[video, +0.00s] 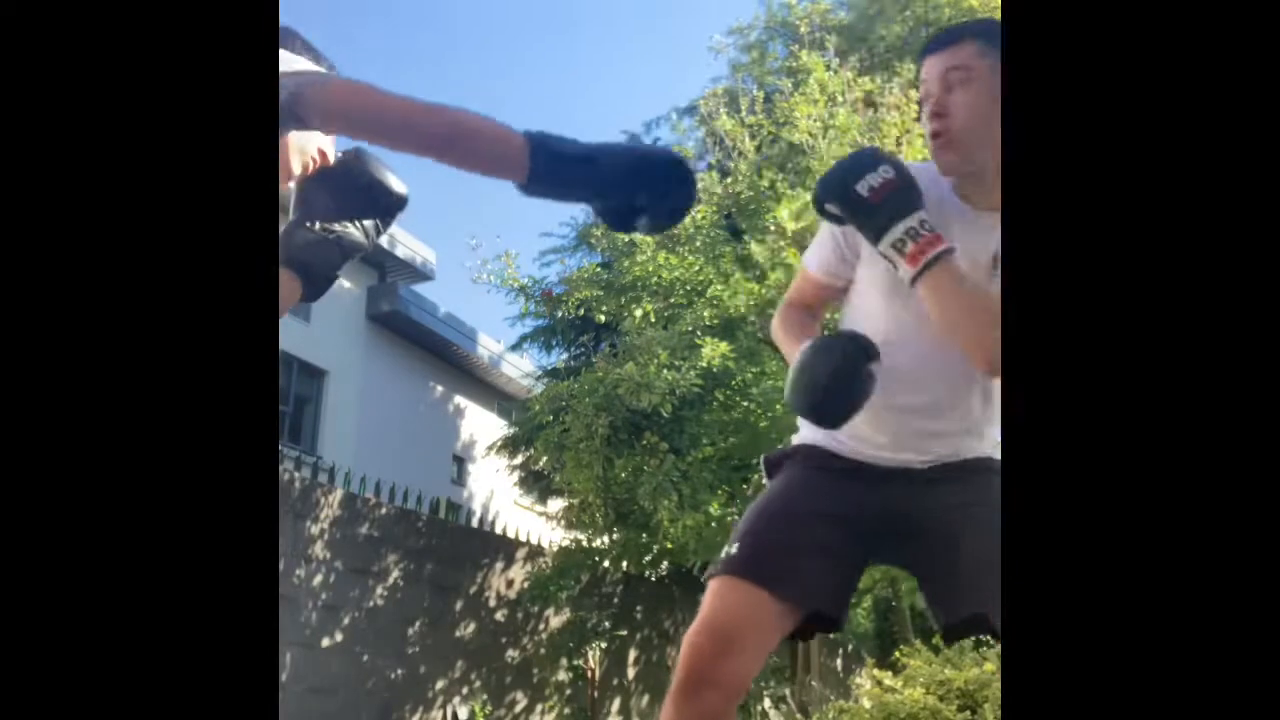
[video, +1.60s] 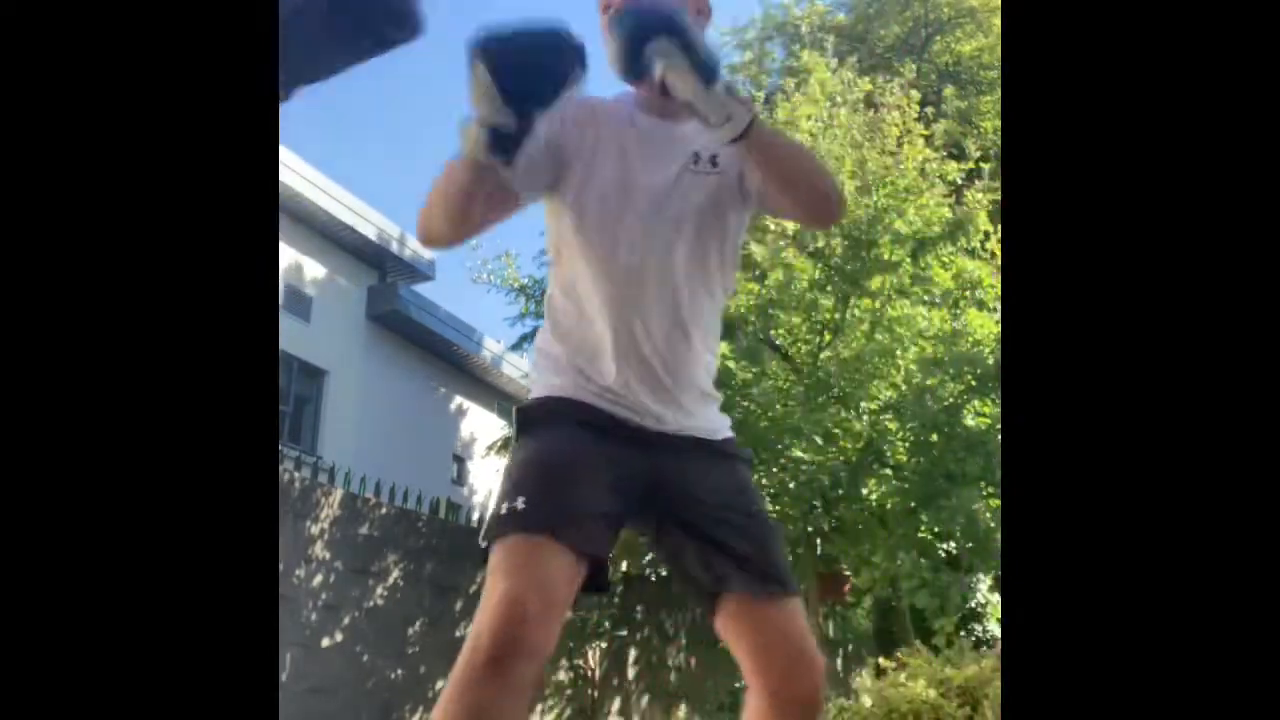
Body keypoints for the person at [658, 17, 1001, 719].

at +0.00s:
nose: (932, 105)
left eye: (956, 82)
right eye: (925, 90)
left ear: (1007, 94)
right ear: (920, 107)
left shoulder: (1002, 217)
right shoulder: (882, 194)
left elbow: (992, 349)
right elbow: (795, 311)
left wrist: (908, 234)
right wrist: (808, 356)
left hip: (966, 472)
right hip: (834, 464)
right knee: (711, 654)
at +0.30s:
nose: (825, 80)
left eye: (849, 55)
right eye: (823, 65)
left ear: (918, 65)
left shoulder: (979, 185)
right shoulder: (797, 203)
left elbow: (943, 278)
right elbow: (757, 354)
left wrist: (816, 185)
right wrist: (728, 323)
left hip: (934, 467)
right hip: (799, 462)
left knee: (1003, 648)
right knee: (675, 662)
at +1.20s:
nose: (825, 40)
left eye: (849, 20)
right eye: (820, 30)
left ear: (912, 33)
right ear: (813, 53)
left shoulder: (964, 167)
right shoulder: (778, 159)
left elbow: (968, 262)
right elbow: (697, 319)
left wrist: (838, 172)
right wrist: (710, 274)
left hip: (900, 443)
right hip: (766, 430)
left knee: (1003, 678)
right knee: (663, 674)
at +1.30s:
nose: (787, 54)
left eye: (813, 32)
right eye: (780, 41)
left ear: (874, 51)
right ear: (771, 63)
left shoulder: (922, 165)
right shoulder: (737, 176)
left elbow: (972, 230)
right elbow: (646, 312)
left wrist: (814, 155)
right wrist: (639, 239)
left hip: (884, 455)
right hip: (747, 442)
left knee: (995, 677)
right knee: (624, 632)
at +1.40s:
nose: (698, 25)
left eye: (722, 6)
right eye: (692, 13)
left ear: (784, 21)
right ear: (689, 37)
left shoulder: (845, 142)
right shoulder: (664, 134)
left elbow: (964, 162)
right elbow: (500, 177)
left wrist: (868, 73)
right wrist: (470, 59)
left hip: (828, 451)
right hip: (692, 440)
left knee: (937, 685)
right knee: (591, 653)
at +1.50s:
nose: (632, 17)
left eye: (655, 0)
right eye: (627, 7)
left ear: (721, 17)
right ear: (621, 29)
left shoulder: (772, 144)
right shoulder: (599, 121)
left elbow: (900, 139)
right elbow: (438, 133)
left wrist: (819, 40)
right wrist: (416, 17)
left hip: (747, 441)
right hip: (624, 427)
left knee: (868, 677)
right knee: (558, 641)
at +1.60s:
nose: (644, 20)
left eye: (667, 7)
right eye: (624, 9)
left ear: (705, 19)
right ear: (605, 24)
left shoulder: (737, 142)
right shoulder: (576, 117)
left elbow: (825, 206)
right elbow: (439, 228)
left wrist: (721, 103)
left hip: (695, 431)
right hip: (577, 408)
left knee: (794, 679)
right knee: (510, 636)